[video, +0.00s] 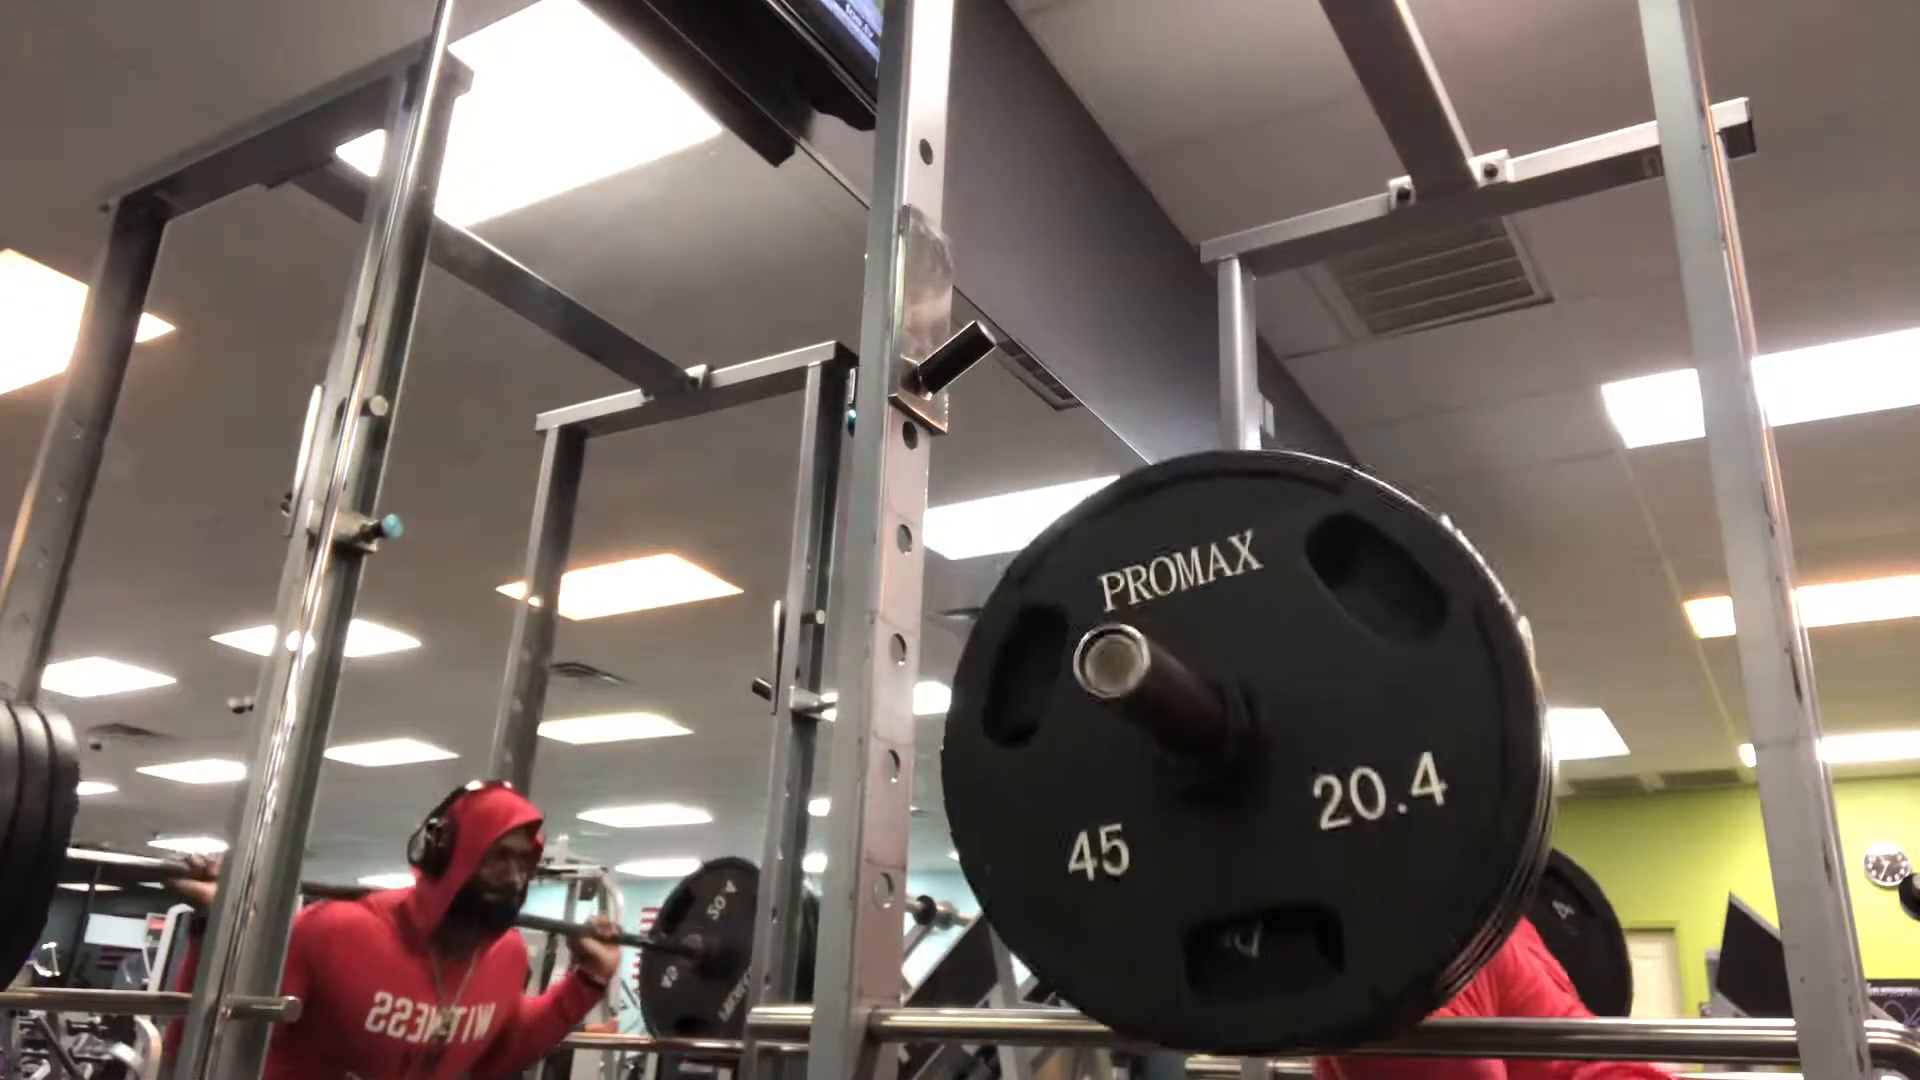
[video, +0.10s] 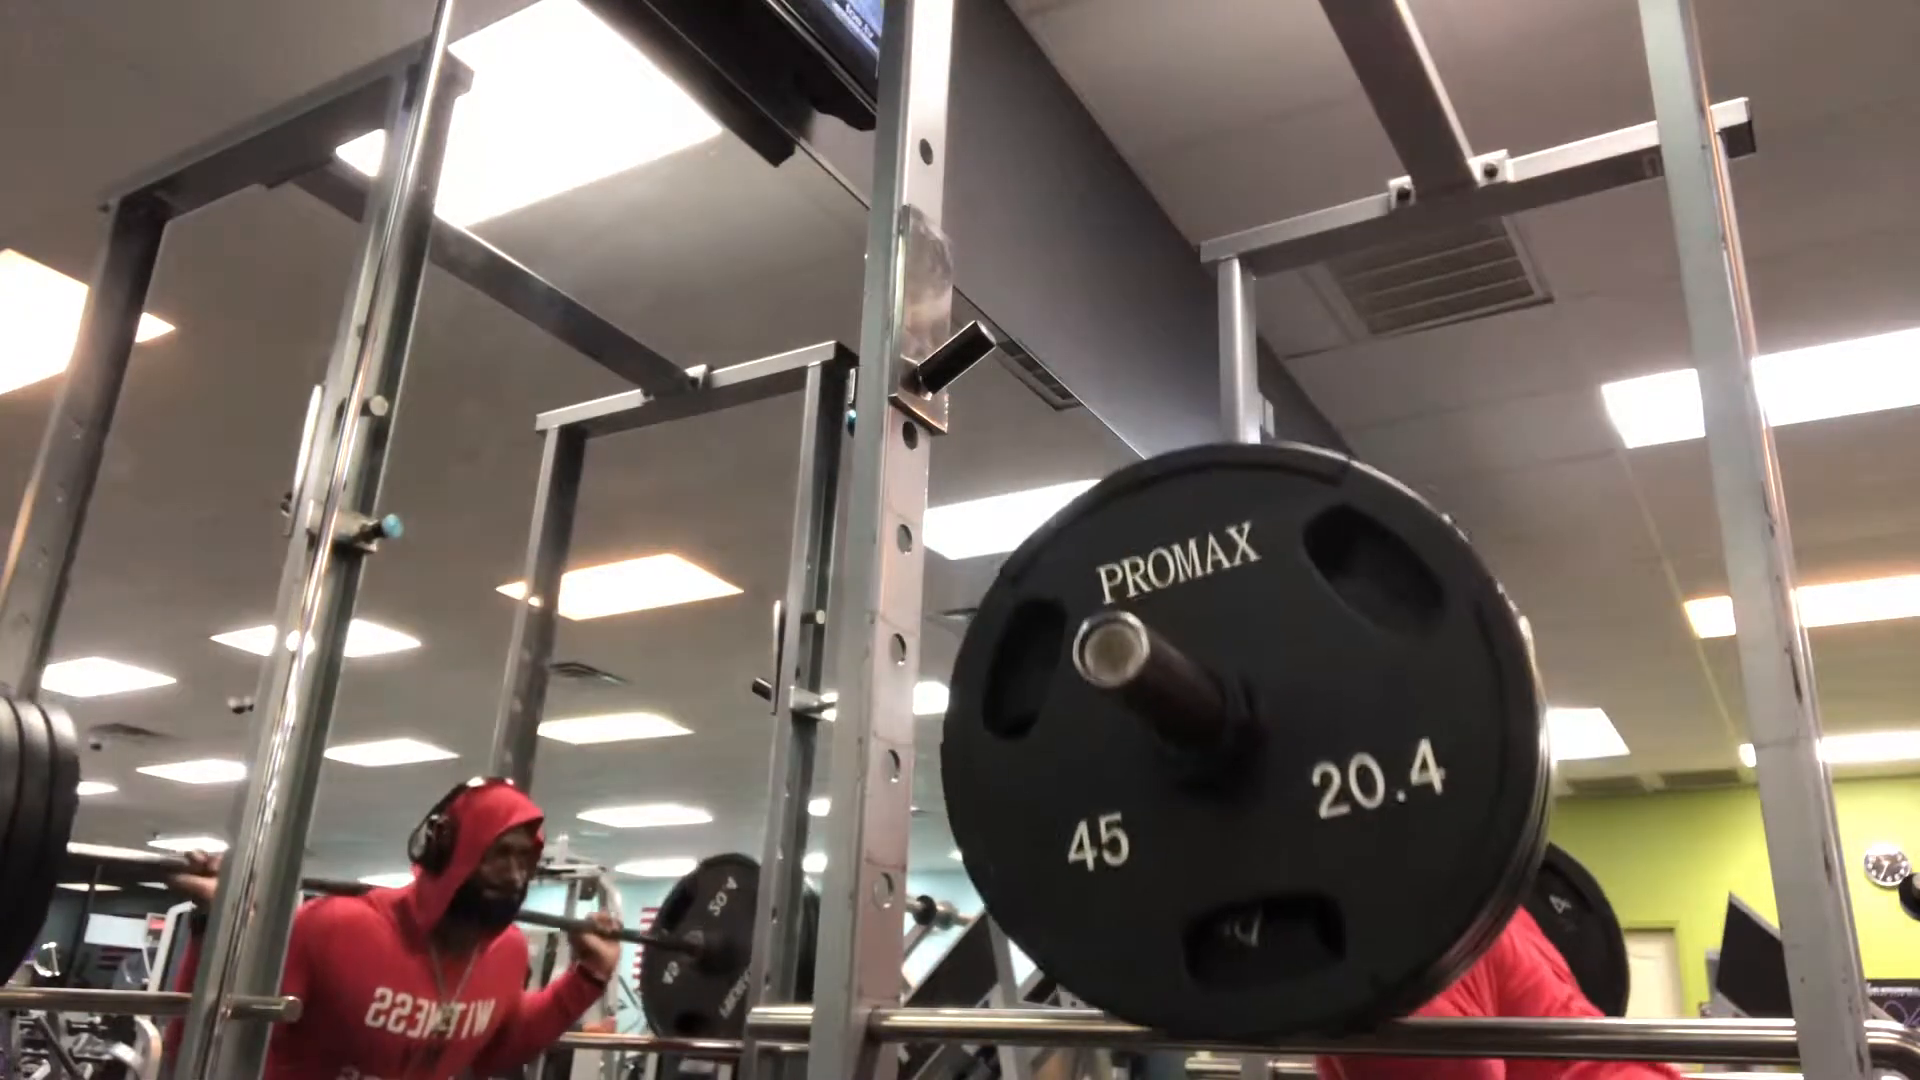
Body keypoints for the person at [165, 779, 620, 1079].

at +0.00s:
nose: (513, 876)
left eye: (525, 862)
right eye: (497, 858)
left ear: (536, 872)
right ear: (450, 855)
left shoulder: (508, 955)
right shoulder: (336, 931)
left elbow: (491, 1057)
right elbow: (200, 1045)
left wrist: (583, 987)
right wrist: (222, 922)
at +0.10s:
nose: (514, 873)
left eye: (526, 859)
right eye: (499, 854)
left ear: (537, 868)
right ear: (452, 851)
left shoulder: (509, 953)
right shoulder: (336, 927)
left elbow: (490, 1052)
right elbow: (204, 1044)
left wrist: (584, 981)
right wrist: (223, 920)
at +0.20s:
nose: (517, 862)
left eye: (528, 848)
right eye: (501, 843)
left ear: (538, 856)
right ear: (454, 840)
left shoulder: (510, 941)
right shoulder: (339, 915)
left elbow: (498, 1041)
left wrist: (587, 969)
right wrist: (219, 904)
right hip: (308, 1073)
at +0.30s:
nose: (517, 845)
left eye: (528, 829)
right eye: (501, 824)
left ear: (537, 836)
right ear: (457, 822)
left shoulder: (511, 926)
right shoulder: (342, 895)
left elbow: (497, 1022)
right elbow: (225, 1009)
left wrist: (591, 953)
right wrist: (219, 891)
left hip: (414, 1074)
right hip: (299, 1069)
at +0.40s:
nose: (523, 822)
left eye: (533, 805)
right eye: (506, 801)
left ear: (542, 812)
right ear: (459, 801)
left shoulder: (515, 904)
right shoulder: (344, 875)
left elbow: (502, 1004)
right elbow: (231, 991)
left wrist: (595, 934)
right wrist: (229, 865)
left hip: (418, 1069)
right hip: (309, 1065)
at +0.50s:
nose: (522, 791)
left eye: (534, 779)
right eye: (507, 773)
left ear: (544, 792)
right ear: (462, 772)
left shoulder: (517, 880)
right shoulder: (351, 848)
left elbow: (503, 985)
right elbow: (227, 961)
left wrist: (597, 913)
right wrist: (232, 841)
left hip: (412, 1066)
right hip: (306, 1060)